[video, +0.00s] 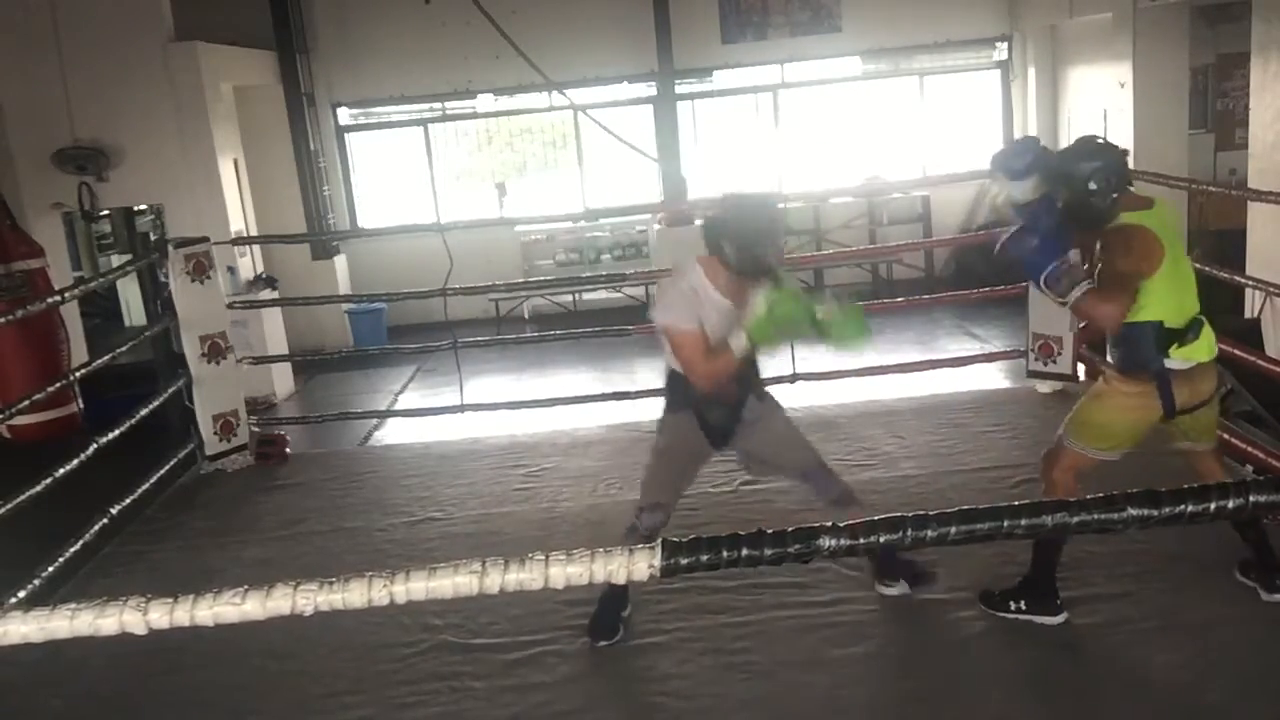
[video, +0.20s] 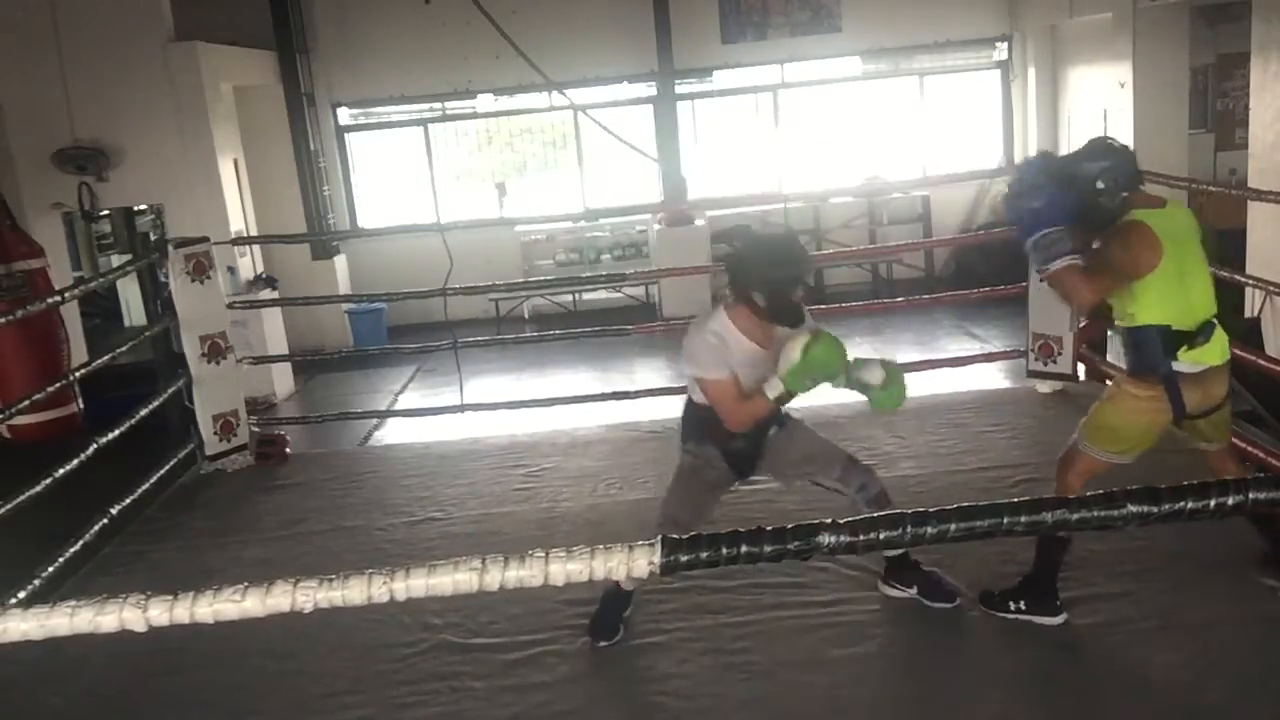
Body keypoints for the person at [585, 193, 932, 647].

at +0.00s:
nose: (774, 255)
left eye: (775, 244)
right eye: (767, 245)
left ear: (752, 247)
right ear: (734, 246)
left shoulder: (759, 283)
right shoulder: (676, 296)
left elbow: (791, 318)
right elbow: (703, 377)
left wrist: (824, 324)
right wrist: (757, 334)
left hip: (748, 403)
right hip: (689, 414)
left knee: (820, 475)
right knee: (652, 513)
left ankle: (884, 560)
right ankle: (614, 599)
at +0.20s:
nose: (802, 295)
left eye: (802, 284)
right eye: (792, 286)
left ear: (770, 290)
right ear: (755, 292)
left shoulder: (790, 326)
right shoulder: (706, 341)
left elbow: (828, 363)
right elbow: (734, 419)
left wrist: (864, 374)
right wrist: (789, 382)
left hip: (770, 433)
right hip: (711, 447)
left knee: (863, 483)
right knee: (669, 536)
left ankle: (901, 567)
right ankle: (621, 592)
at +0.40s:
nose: (758, 254)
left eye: (758, 243)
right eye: (750, 245)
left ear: (721, 242)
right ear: (714, 245)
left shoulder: (745, 281)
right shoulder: (664, 303)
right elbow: (704, 376)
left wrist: (803, 332)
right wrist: (753, 333)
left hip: (752, 408)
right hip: (696, 424)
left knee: (830, 469)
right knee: (665, 521)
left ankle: (886, 561)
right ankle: (619, 593)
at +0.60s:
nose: (783, 218)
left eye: (783, 207)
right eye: (777, 207)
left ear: (746, 209)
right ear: (751, 209)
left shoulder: (755, 263)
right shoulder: (700, 272)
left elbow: (763, 321)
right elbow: (743, 348)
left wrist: (799, 291)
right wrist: (795, 308)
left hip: (752, 395)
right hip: (703, 404)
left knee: (829, 470)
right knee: (674, 519)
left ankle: (893, 561)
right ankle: (616, 599)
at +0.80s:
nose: (841, 238)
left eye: (842, 228)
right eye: (837, 228)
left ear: (789, 226)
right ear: (816, 231)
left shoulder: (762, 266)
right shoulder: (787, 274)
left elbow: (819, 333)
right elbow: (838, 334)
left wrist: (846, 287)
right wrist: (855, 282)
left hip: (774, 411)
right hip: (738, 415)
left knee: (855, 483)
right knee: (725, 540)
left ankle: (908, 570)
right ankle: (626, 579)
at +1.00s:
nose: (846, 239)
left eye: (844, 229)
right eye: (840, 229)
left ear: (790, 237)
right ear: (819, 238)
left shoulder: (757, 280)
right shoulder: (802, 285)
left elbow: (802, 345)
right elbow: (876, 334)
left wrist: (850, 321)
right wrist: (874, 296)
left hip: (783, 427)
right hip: (760, 435)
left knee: (874, 477)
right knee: (748, 570)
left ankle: (912, 568)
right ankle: (643, 589)